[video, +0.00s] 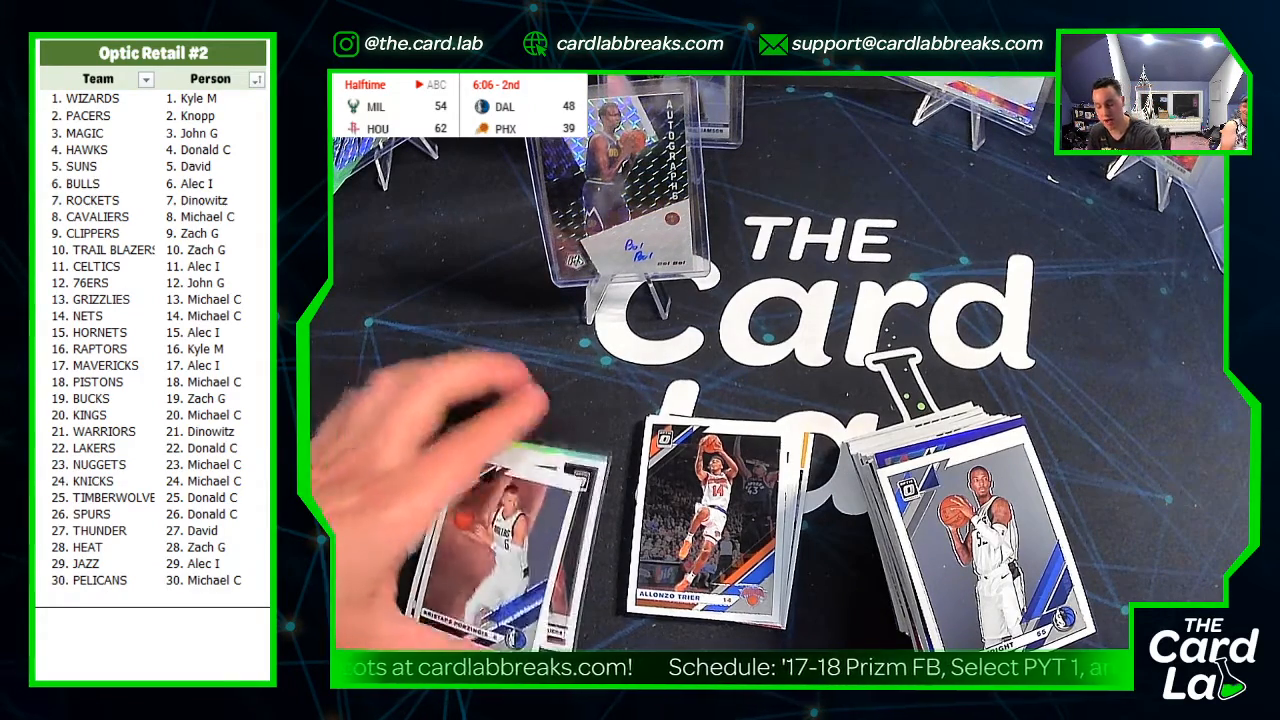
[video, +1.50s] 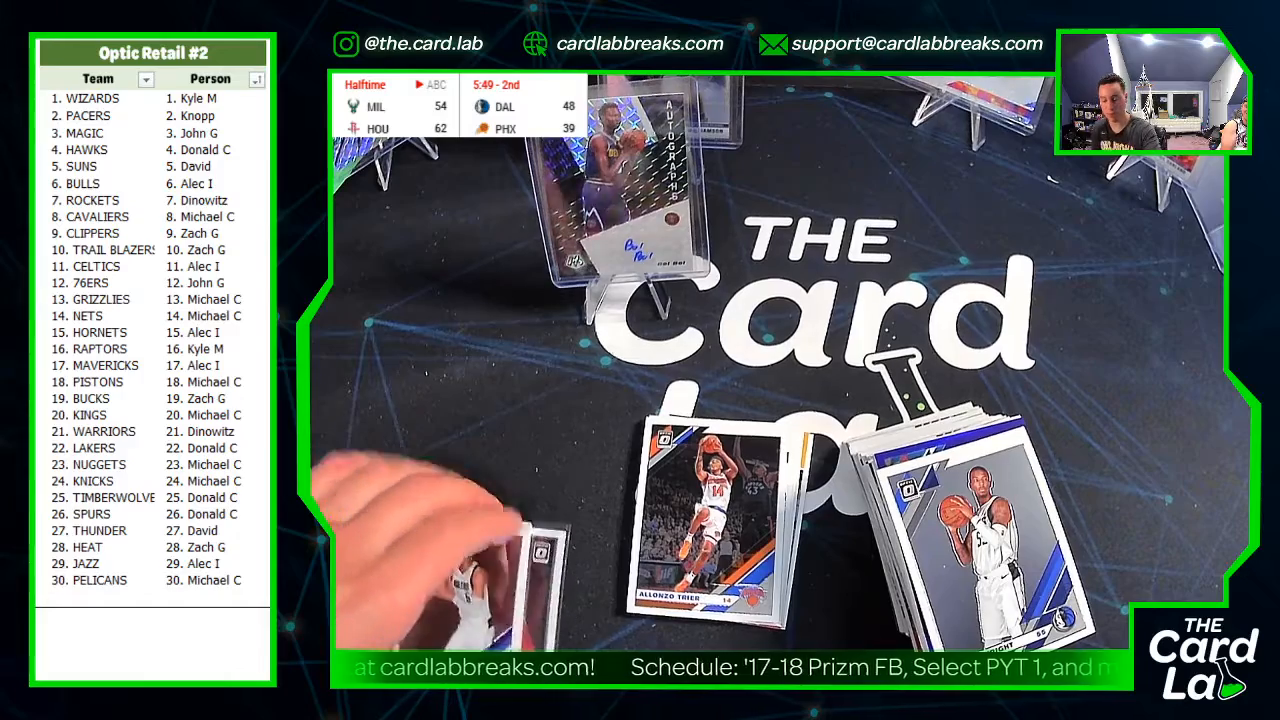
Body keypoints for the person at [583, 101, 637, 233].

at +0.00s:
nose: (617, 118)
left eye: (618, 114)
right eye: (613, 115)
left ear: (620, 117)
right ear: (603, 118)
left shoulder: (616, 141)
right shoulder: (598, 140)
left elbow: (622, 173)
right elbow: (606, 176)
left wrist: (633, 153)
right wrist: (624, 154)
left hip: (613, 189)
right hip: (597, 191)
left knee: (624, 229)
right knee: (599, 234)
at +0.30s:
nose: (617, 118)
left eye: (618, 114)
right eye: (613, 115)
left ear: (620, 116)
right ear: (603, 118)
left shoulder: (615, 141)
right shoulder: (599, 140)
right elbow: (606, 176)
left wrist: (632, 153)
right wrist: (624, 154)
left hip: (611, 190)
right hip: (596, 192)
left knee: (623, 229)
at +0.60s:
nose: (617, 118)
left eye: (618, 114)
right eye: (613, 115)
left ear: (620, 117)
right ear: (603, 118)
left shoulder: (616, 141)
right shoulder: (598, 140)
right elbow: (606, 176)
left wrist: (632, 152)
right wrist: (623, 155)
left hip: (611, 188)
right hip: (596, 190)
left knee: (624, 222)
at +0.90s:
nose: (618, 118)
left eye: (619, 114)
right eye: (613, 115)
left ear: (620, 117)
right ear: (603, 118)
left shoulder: (617, 141)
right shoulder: (598, 140)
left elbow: (619, 178)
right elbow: (606, 175)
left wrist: (632, 155)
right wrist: (624, 154)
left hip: (612, 189)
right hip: (596, 190)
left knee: (625, 227)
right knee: (598, 234)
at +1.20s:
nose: (616, 118)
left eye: (617, 114)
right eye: (611, 115)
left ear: (620, 117)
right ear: (603, 118)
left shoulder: (616, 141)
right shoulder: (598, 140)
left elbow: (621, 176)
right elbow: (607, 176)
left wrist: (633, 154)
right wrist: (624, 153)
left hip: (611, 188)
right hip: (596, 191)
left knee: (623, 228)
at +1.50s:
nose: (615, 119)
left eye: (617, 115)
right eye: (611, 115)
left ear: (620, 118)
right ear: (602, 118)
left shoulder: (616, 141)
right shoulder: (598, 140)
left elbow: (621, 176)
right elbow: (607, 176)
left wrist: (633, 153)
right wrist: (623, 155)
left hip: (612, 187)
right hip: (595, 190)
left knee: (623, 229)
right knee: (595, 236)